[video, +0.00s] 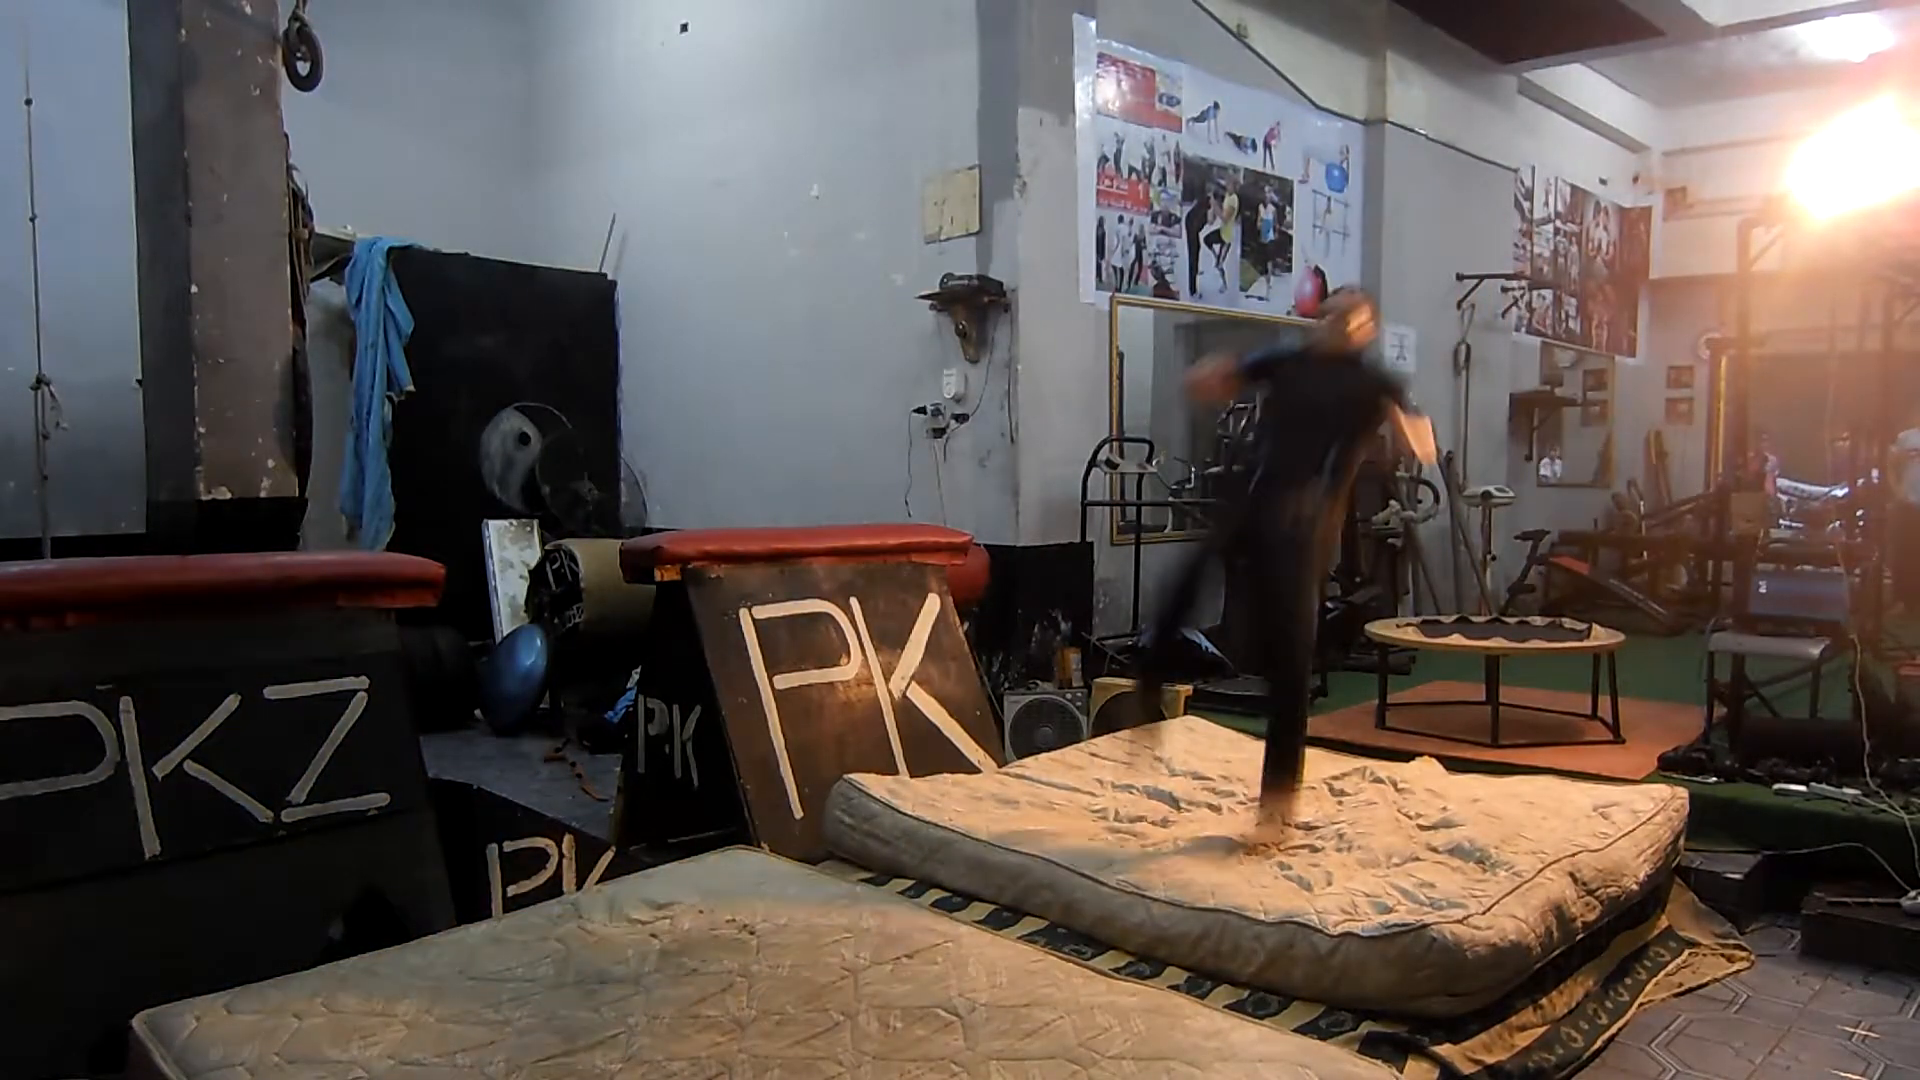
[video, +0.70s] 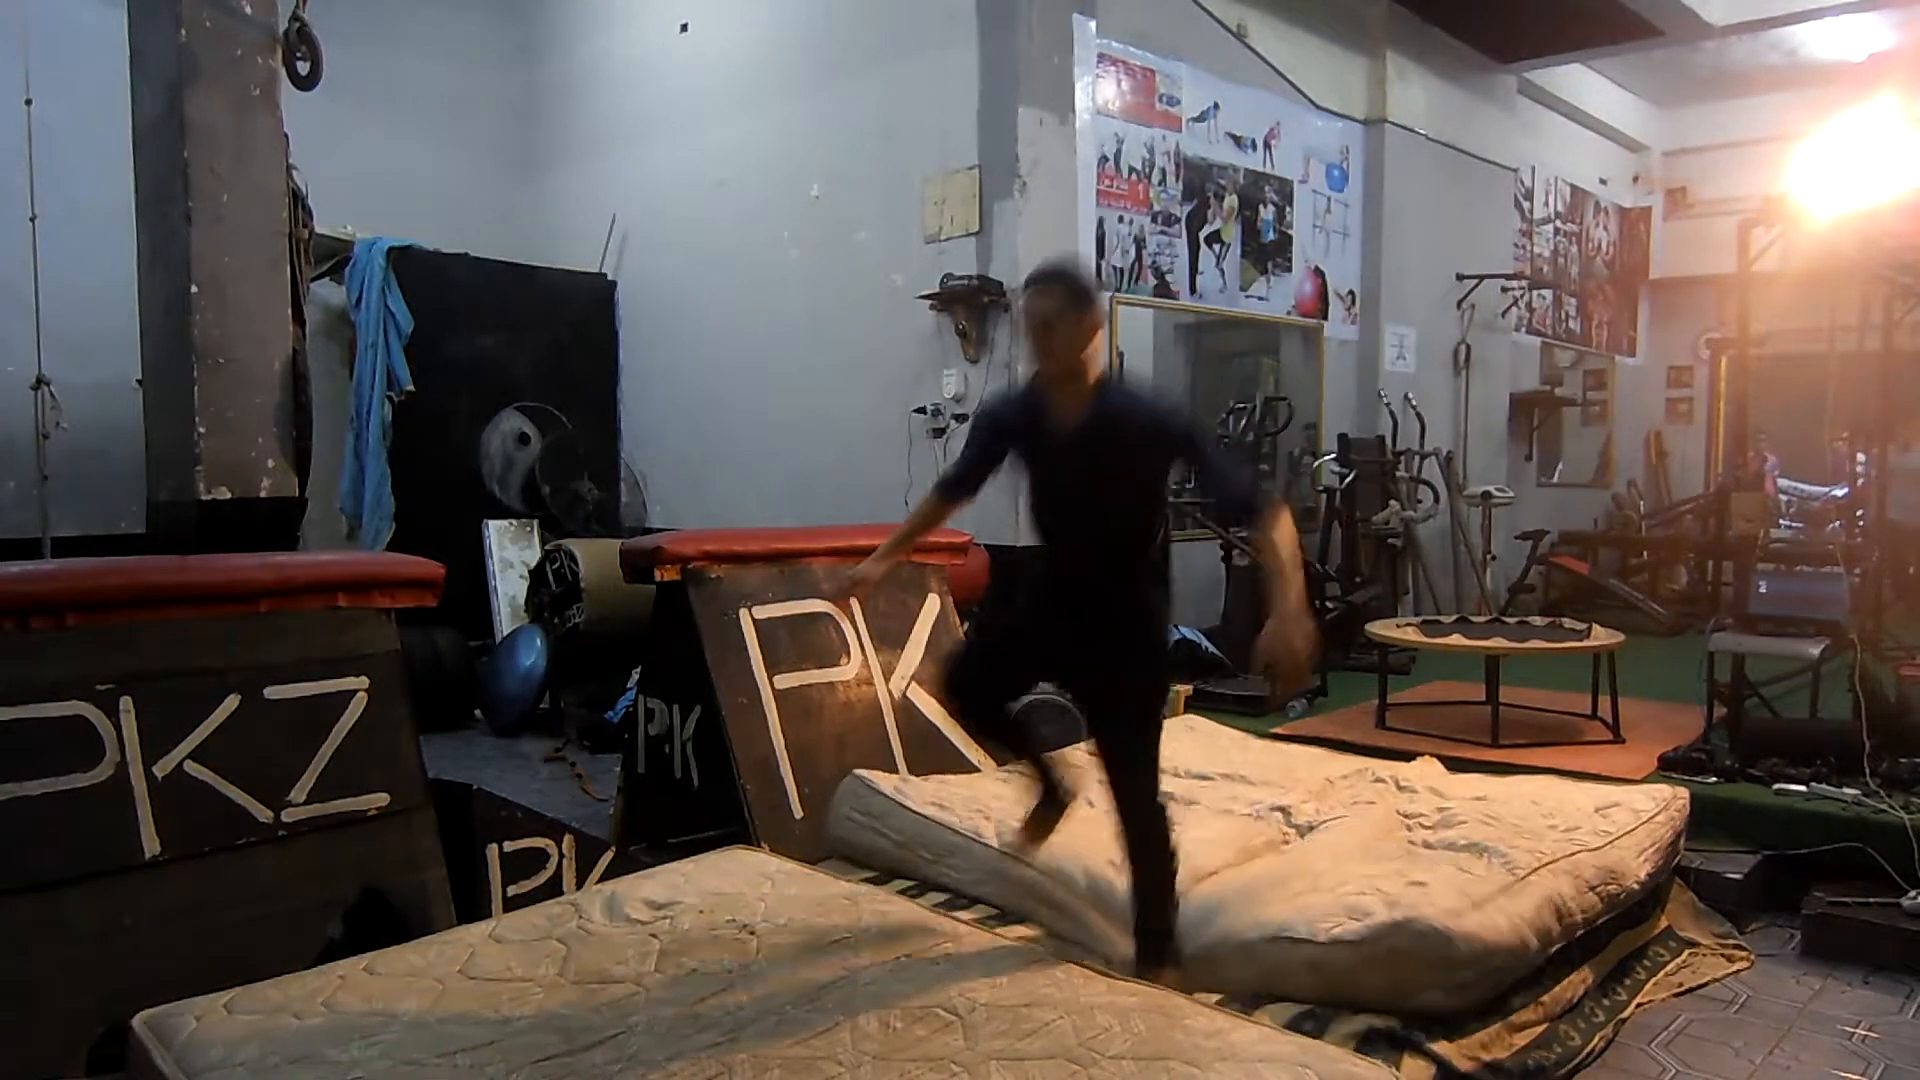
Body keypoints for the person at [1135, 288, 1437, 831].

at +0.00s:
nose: (1352, 324)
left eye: (1362, 318)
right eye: (1344, 314)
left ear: (1371, 330)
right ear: (1325, 320)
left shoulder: (1374, 381)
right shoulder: (1287, 361)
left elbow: (1424, 451)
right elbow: (1203, 383)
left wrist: (1401, 410)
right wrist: (1223, 376)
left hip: (1304, 539)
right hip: (1243, 520)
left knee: (1290, 670)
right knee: (1176, 609)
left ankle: (1276, 811)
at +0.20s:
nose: (1202, 413)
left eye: (1217, 402)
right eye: (1196, 402)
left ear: (1249, 413)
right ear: (1190, 410)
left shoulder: (1283, 500)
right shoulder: (1173, 492)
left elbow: (1327, 588)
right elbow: (1132, 571)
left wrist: (1340, 661)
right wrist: (1089, 611)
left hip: (1253, 668)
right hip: (1188, 661)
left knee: (1218, 796)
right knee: (1139, 783)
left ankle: (1264, 889)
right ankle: (1144, 886)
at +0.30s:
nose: (1173, 359)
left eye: (1185, 345)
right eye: (1165, 347)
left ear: (1215, 349)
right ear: (1155, 356)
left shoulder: (1256, 437)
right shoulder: (1141, 438)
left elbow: (1282, 534)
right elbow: (1147, 531)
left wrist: (1280, 607)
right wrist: (1143, 609)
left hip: (1225, 620)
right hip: (1159, 617)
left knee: (1219, 777)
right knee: (1137, 772)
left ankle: (1256, 893)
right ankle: (1141, 891)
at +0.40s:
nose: (1144, 294)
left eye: (1157, 280)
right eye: (1135, 282)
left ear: (1189, 286)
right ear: (1126, 293)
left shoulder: (1236, 375)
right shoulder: (1111, 376)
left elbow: (1277, 476)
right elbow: (1110, 465)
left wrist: (1294, 569)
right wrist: (1094, 531)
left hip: (1205, 562)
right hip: (1135, 560)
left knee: (1195, 708)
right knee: (1127, 713)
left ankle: (1224, 807)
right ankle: (1139, 853)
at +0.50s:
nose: (1116, 265)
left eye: (1130, 251)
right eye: (1106, 254)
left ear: (1165, 257)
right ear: (1099, 267)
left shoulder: (1220, 348)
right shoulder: (1080, 349)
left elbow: (1284, 447)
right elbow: (1052, 438)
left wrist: (1310, 545)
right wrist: (1019, 522)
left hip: (1185, 540)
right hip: (1107, 539)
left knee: (1181, 684)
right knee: (1093, 704)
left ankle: (1167, 796)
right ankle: (1135, 784)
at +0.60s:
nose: (1080, 280)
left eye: (1093, 265)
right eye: (1071, 267)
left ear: (1134, 266)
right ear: (1063, 275)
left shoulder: (1193, 359)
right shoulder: (1045, 363)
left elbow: (1279, 450)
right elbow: (992, 444)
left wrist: (1316, 550)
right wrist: (940, 526)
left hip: (1159, 561)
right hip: (1080, 558)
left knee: (1159, 730)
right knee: (1047, 699)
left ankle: (1150, 876)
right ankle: (1112, 720)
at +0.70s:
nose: (1040, 339)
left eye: (1054, 324)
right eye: (1031, 325)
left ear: (1094, 325)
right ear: (1022, 331)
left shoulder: (1151, 420)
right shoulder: (1015, 414)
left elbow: (1264, 510)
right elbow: (952, 491)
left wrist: (1290, 611)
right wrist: (879, 563)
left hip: (1127, 618)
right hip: (1049, 606)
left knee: (1136, 796)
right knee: (967, 689)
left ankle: (1156, 954)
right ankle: (1049, 788)